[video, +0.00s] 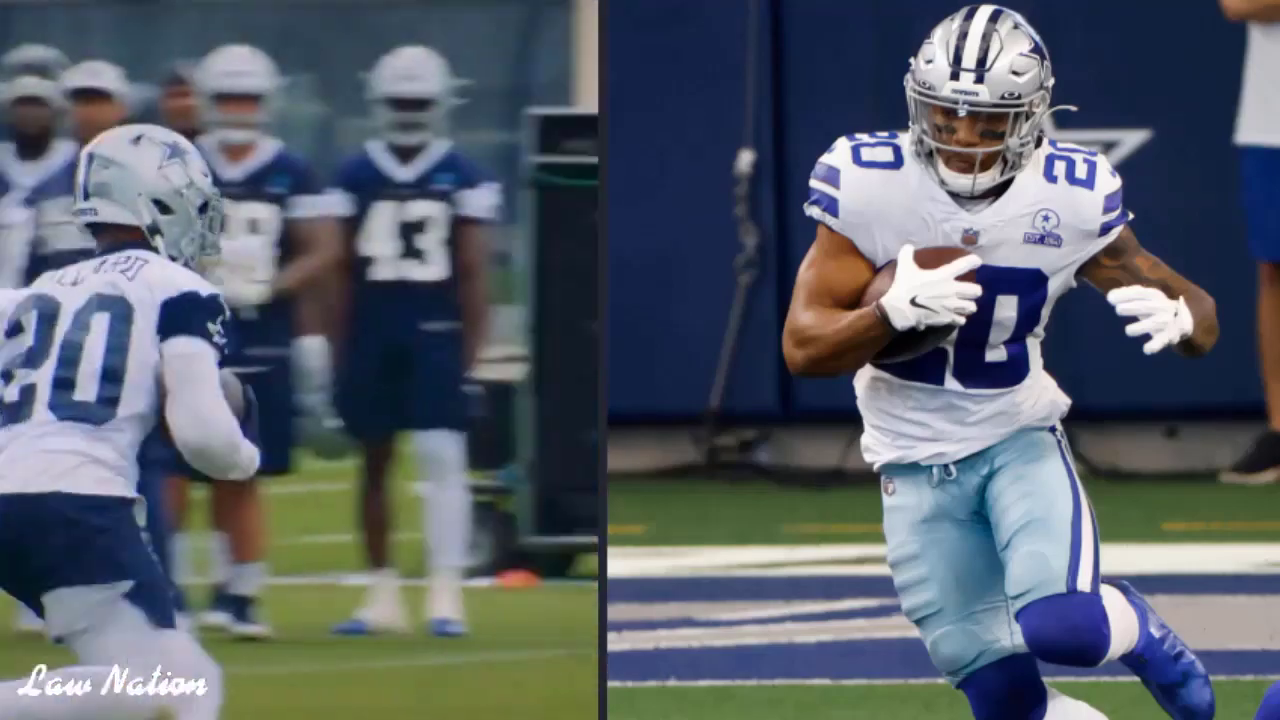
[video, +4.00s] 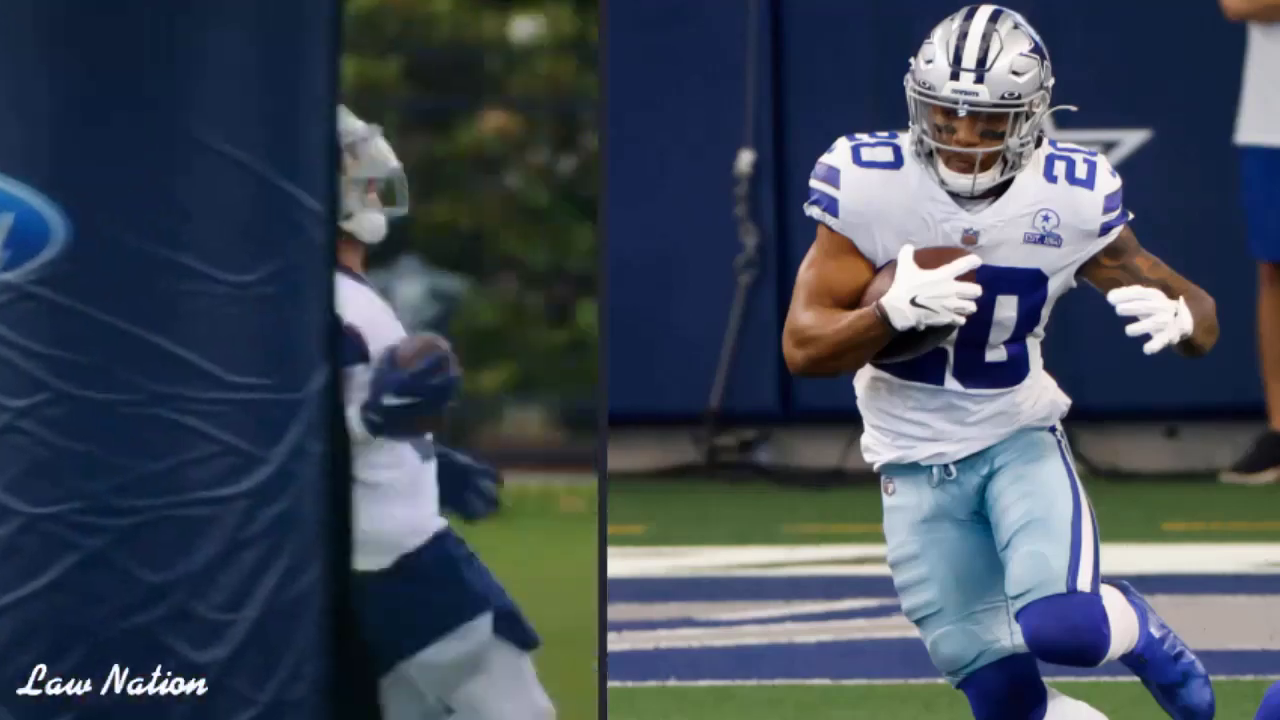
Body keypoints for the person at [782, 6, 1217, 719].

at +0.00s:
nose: (965, 137)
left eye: (987, 121)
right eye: (950, 116)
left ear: (1027, 118)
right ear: (922, 109)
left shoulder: (1071, 193)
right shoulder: (863, 179)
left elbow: (1196, 308)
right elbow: (801, 349)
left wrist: (1181, 319)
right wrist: (887, 313)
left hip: (1018, 437)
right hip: (911, 468)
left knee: (1054, 626)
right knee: (1001, 697)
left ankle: (1142, 633)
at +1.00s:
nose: (965, 137)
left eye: (987, 121)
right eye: (950, 116)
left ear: (1027, 118)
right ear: (922, 109)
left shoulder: (1071, 194)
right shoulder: (863, 180)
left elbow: (1197, 309)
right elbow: (801, 350)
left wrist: (1180, 318)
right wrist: (887, 313)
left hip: (1018, 437)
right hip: (911, 468)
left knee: (1054, 626)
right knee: (1001, 697)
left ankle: (1142, 633)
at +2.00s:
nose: (965, 137)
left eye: (988, 121)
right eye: (950, 116)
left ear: (1027, 118)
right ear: (922, 108)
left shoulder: (1071, 194)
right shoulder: (863, 179)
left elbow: (1196, 308)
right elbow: (801, 349)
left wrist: (1181, 319)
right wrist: (887, 313)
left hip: (1018, 437)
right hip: (911, 467)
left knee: (1054, 626)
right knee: (1001, 697)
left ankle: (1142, 633)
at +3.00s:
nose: (965, 137)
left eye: (988, 121)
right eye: (950, 116)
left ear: (1027, 119)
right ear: (922, 109)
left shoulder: (1070, 193)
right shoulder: (863, 179)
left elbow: (1196, 307)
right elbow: (801, 349)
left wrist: (1181, 319)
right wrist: (887, 313)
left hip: (1018, 437)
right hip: (911, 468)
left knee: (1054, 626)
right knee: (1001, 697)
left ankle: (1141, 632)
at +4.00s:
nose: (966, 137)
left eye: (988, 121)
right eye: (950, 116)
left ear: (1027, 119)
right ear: (922, 109)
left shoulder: (1070, 193)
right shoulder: (863, 179)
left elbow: (1196, 308)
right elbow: (801, 349)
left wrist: (1181, 319)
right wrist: (887, 313)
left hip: (1018, 437)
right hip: (911, 468)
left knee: (1054, 626)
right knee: (1001, 697)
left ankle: (1141, 632)